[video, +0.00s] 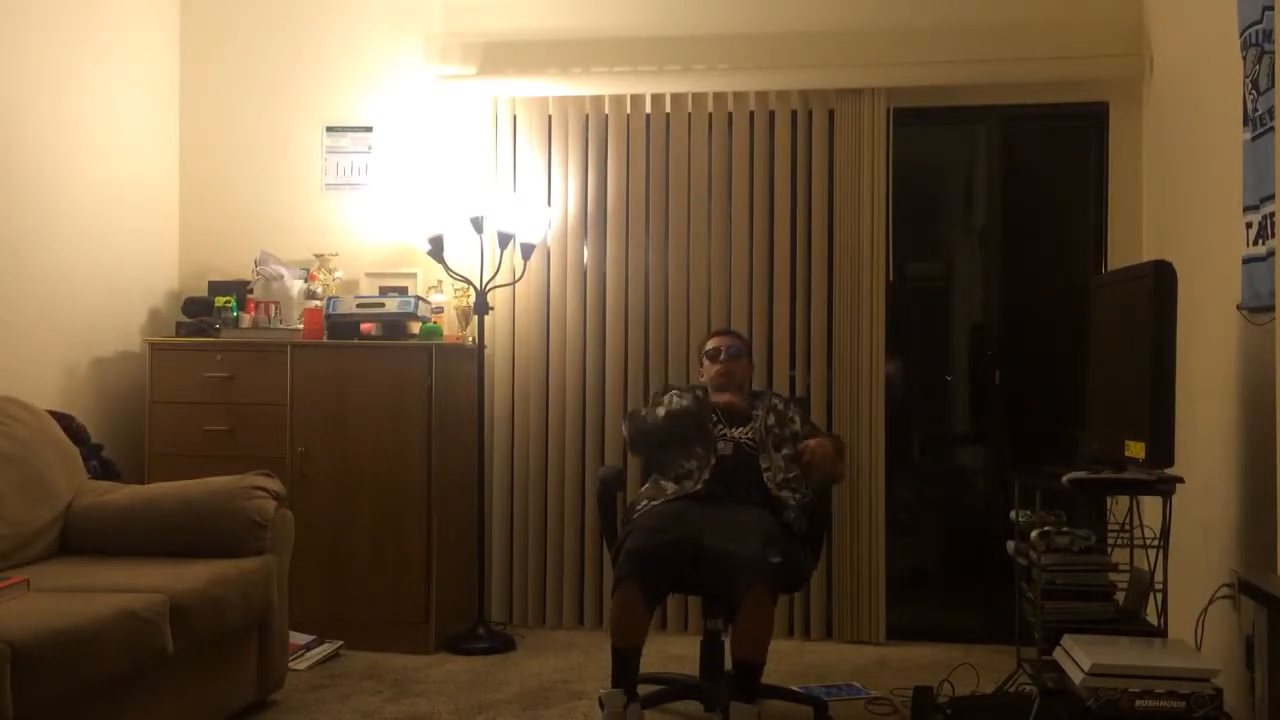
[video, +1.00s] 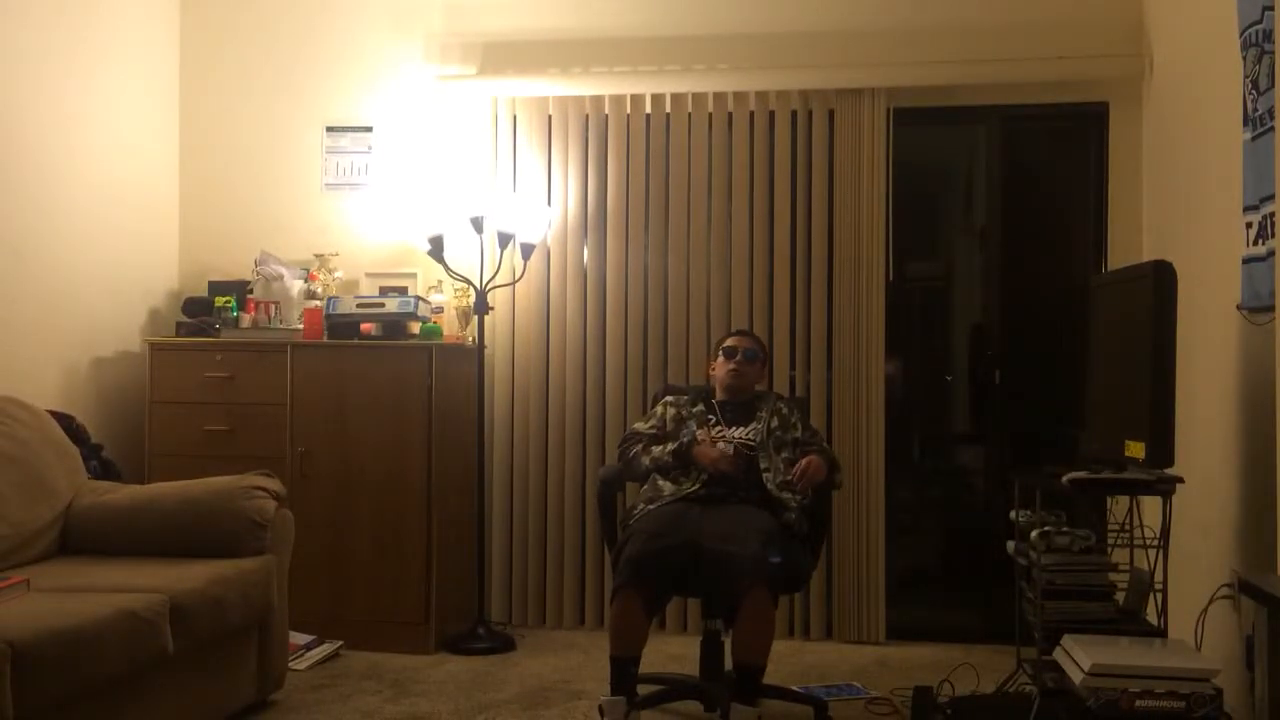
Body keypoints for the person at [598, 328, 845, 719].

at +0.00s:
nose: (722, 360)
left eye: (734, 354)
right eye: (713, 355)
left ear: (751, 367)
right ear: (701, 368)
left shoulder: (778, 408)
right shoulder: (678, 399)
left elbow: (822, 446)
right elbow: (636, 433)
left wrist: (825, 448)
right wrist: (706, 403)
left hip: (752, 507)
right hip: (677, 504)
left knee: (757, 577)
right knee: (637, 566)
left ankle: (745, 699)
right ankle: (622, 691)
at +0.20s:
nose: (720, 362)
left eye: (732, 354)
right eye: (710, 357)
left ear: (751, 365)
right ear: (701, 370)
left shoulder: (777, 408)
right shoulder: (674, 405)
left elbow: (817, 451)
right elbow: (632, 452)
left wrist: (817, 459)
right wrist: (698, 434)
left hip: (749, 508)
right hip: (675, 505)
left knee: (756, 577)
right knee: (637, 568)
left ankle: (746, 702)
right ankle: (622, 697)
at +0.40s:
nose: (722, 365)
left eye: (733, 357)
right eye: (712, 359)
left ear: (751, 366)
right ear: (702, 371)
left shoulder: (778, 411)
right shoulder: (675, 407)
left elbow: (820, 454)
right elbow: (631, 452)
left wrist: (820, 460)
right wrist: (694, 438)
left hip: (750, 509)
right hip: (675, 506)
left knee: (757, 577)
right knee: (637, 568)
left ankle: (746, 703)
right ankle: (621, 696)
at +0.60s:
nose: (728, 363)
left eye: (740, 356)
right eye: (719, 356)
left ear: (755, 368)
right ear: (707, 368)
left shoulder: (779, 413)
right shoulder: (675, 407)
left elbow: (821, 456)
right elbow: (630, 453)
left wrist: (818, 460)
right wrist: (694, 441)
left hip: (749, 509)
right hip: (675, 506)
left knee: (757, 577)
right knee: (637, 568)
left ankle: (746, 703)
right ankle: (621, 696)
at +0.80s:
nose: (734, 360)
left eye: (747, 356)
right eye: (725, 354)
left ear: (760, 371)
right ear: (710, 367)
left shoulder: (780, 413)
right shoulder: (675, 407)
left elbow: (819, 451)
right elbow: (629, 454)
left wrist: (819, 458)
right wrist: (690, 445)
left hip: (748, 509)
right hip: (673, 506)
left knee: (756, 577)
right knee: (637, 568)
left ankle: (746, 704)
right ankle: (621, 697)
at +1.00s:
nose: (739, 360)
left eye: (750, 356)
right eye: (729, 353)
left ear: (762, 373)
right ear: (712, 366)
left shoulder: (780, 413)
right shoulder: (675, 407)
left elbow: (820, 454)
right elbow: (630, 454)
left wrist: (820, 459)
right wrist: (690, 452)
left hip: (748, 509)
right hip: (672, 506)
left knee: (756, 576)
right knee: (637, 567)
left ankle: (746, 704)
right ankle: (621, 697)